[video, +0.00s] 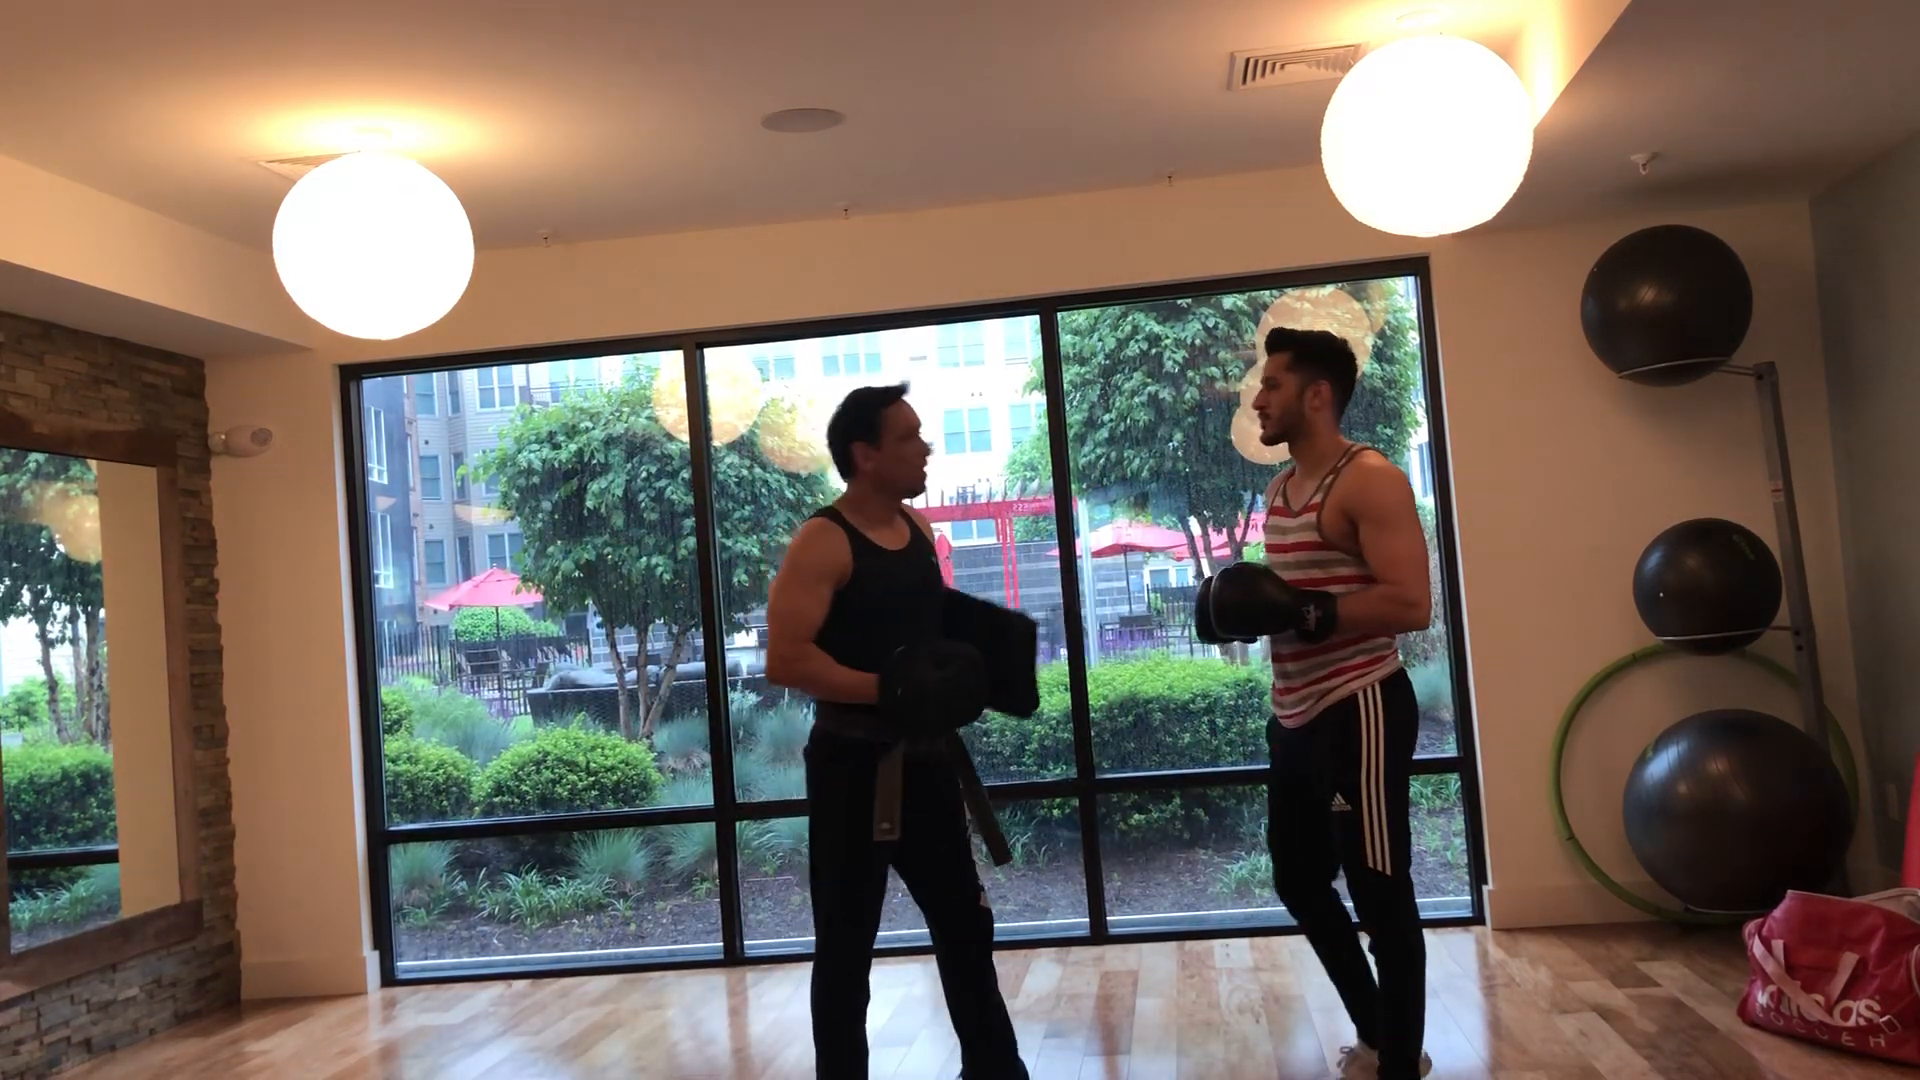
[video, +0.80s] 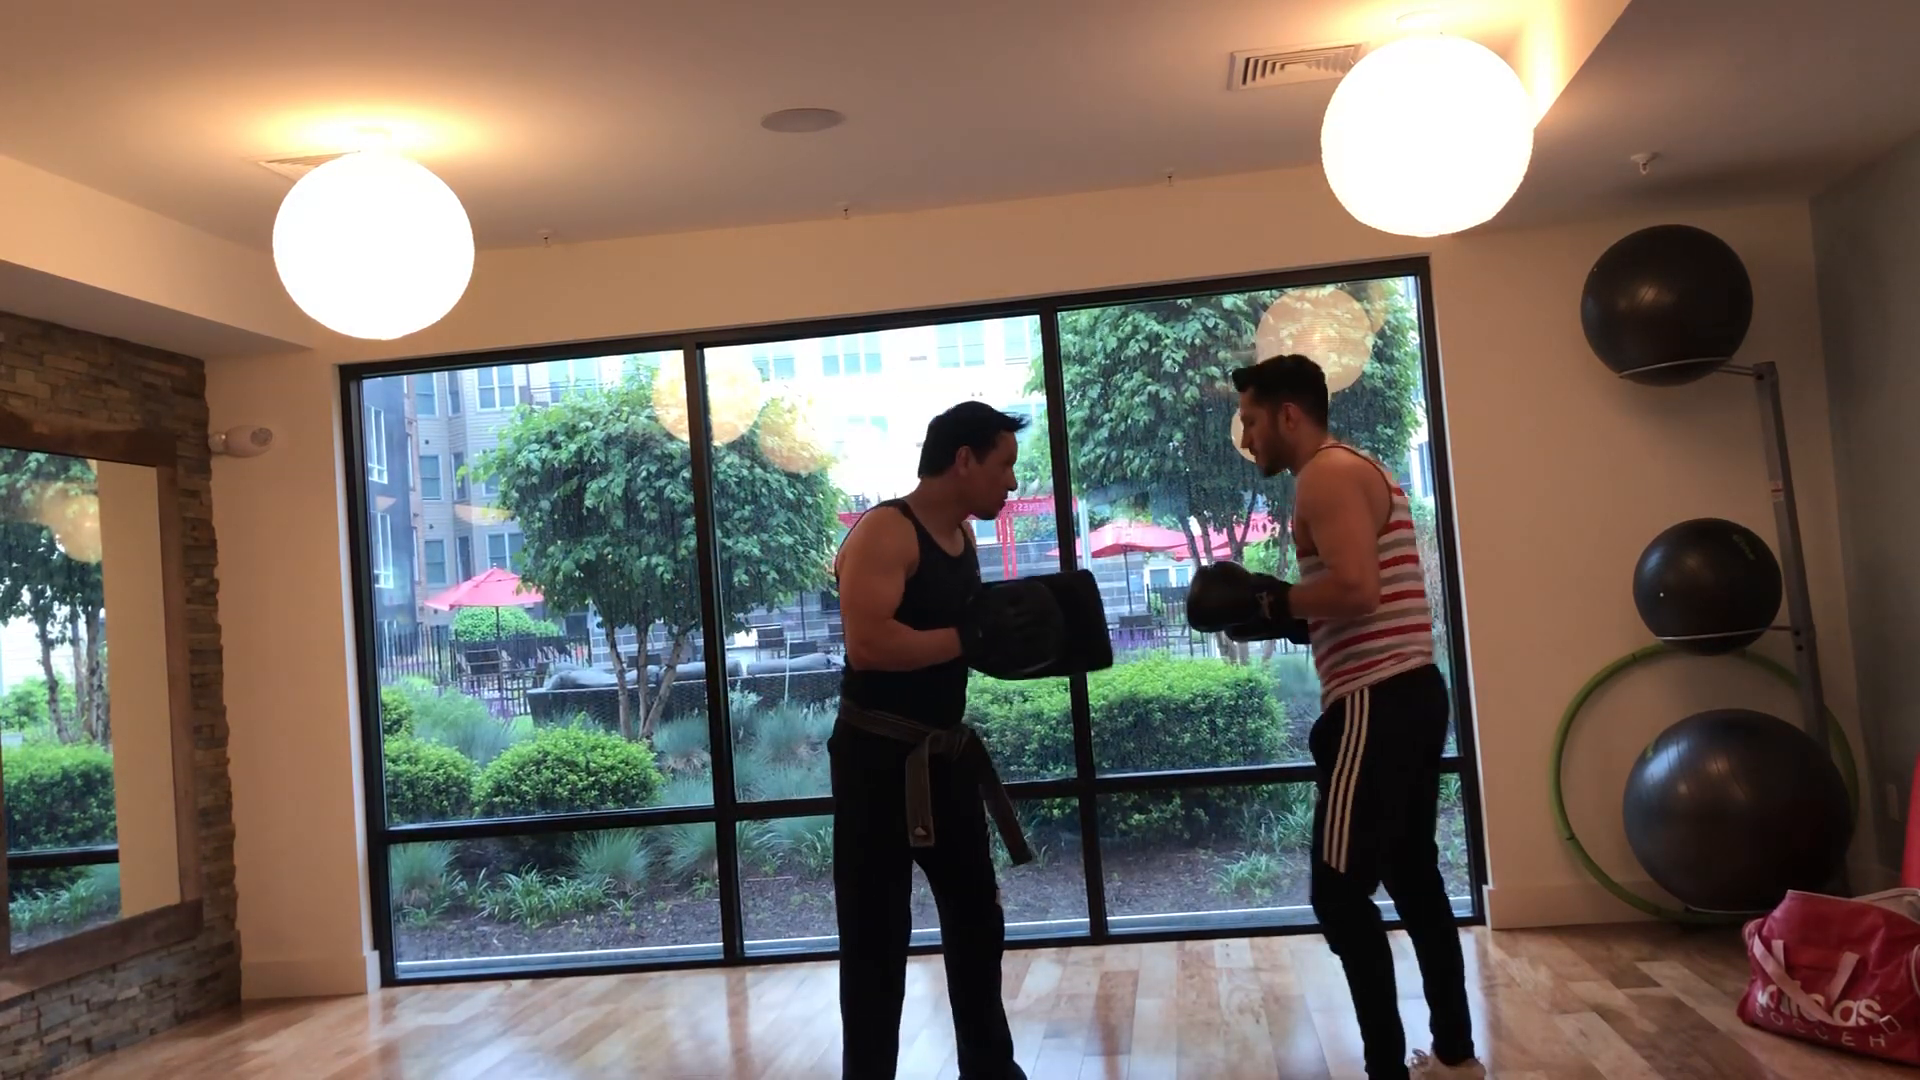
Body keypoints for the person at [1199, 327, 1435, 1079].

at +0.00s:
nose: (1256, 397)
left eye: (1271, 383)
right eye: (1259, 383)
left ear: (1319, 392)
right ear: (1302, 394)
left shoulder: (1371, 479)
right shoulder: (1282, 489)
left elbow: (1413, 603)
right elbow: (1306, 592)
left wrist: (1301, 611)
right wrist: (1243, 603)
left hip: (1365, 699)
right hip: (1299, 707)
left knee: (1380, 887)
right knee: (1300, 882)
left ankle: (1403, 1062)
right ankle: (1378, 1036)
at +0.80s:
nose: (1240, 433)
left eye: (1247, 416)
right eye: (1239, 418)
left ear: (1286, 412)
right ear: (1298, 415)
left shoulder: (1329, 475)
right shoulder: (1355, 469)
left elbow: (1355, 590)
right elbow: (1361, 594)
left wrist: (1270, 600)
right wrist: (1280, 611)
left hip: (1375, 700)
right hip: (1409, 692)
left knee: (1338, 894)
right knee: (1413, 873)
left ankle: (1385, 1069)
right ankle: (1453, 1047)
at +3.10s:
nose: (1299, 489)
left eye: (1303, 470)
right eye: (1294, 473)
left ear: (1345, 460)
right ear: (1353, 460)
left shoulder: (1395, 504)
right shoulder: (1424, 490)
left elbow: (1428, 615)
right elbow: (1441, 614)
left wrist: (1340, 612)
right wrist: (1348, 602)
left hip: (1486, 696)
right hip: (1529, 688)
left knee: (1414, 880)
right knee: (1502, 870)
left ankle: (1450, 1068)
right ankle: (1558, 1032)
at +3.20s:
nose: (1297, 494)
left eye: (1300, 476)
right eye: (1291, 479)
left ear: (1343, 463)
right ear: (1352, 463)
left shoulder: (1387, 505)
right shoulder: (1425, 491)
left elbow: (1437, 608)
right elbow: (1428, 605)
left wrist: (1347, 623)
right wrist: (1343, 595)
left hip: (1488, 691)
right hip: (1539, 682)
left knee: (1420, 877)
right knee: (1516, 869)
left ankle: (1452, 1069)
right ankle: (1559, 1035)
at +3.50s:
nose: (1274, 528)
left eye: (1277, 511)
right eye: (1270, 513)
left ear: (1317, 501)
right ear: (1324, 500)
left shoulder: (1400, 565)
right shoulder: (1388, 533)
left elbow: (1354, 700)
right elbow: (1392, 648)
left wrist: (1289, 642)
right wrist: (1312, 641)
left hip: (1501, 735)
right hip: (1492, 727)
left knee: (1417, 912)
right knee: (1466, 895)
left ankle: (1454, 1075)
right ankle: (1552, 1037)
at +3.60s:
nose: (1269, 554)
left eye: (1274, 539)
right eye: (1268, 539)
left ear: (1315, 535)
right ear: (1320, 533)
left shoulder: (1414, 601)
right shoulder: (1359, 580)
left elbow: (1349, 731)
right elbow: (1383, 662)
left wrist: (1293, 646)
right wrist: (1320, 702)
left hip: (1508, 752)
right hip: (1458, 750)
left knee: (1414, 919)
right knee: (1427, 914)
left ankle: (1458, 1075)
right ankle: (1547, 1038)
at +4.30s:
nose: (1273, 545)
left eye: (1275, 527)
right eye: (1266, 533)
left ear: (1314, 509)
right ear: (1329, 512)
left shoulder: (1338, 549)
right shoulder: (1395, 547)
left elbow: (1376, 613)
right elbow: (1375, 698)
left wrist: (1314, 709)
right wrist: (1303, 646)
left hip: (1470, 709)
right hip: (1518, 707)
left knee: (1380, 892)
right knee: (1440, 877)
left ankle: (1453, 1066)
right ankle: (1491, 1030)